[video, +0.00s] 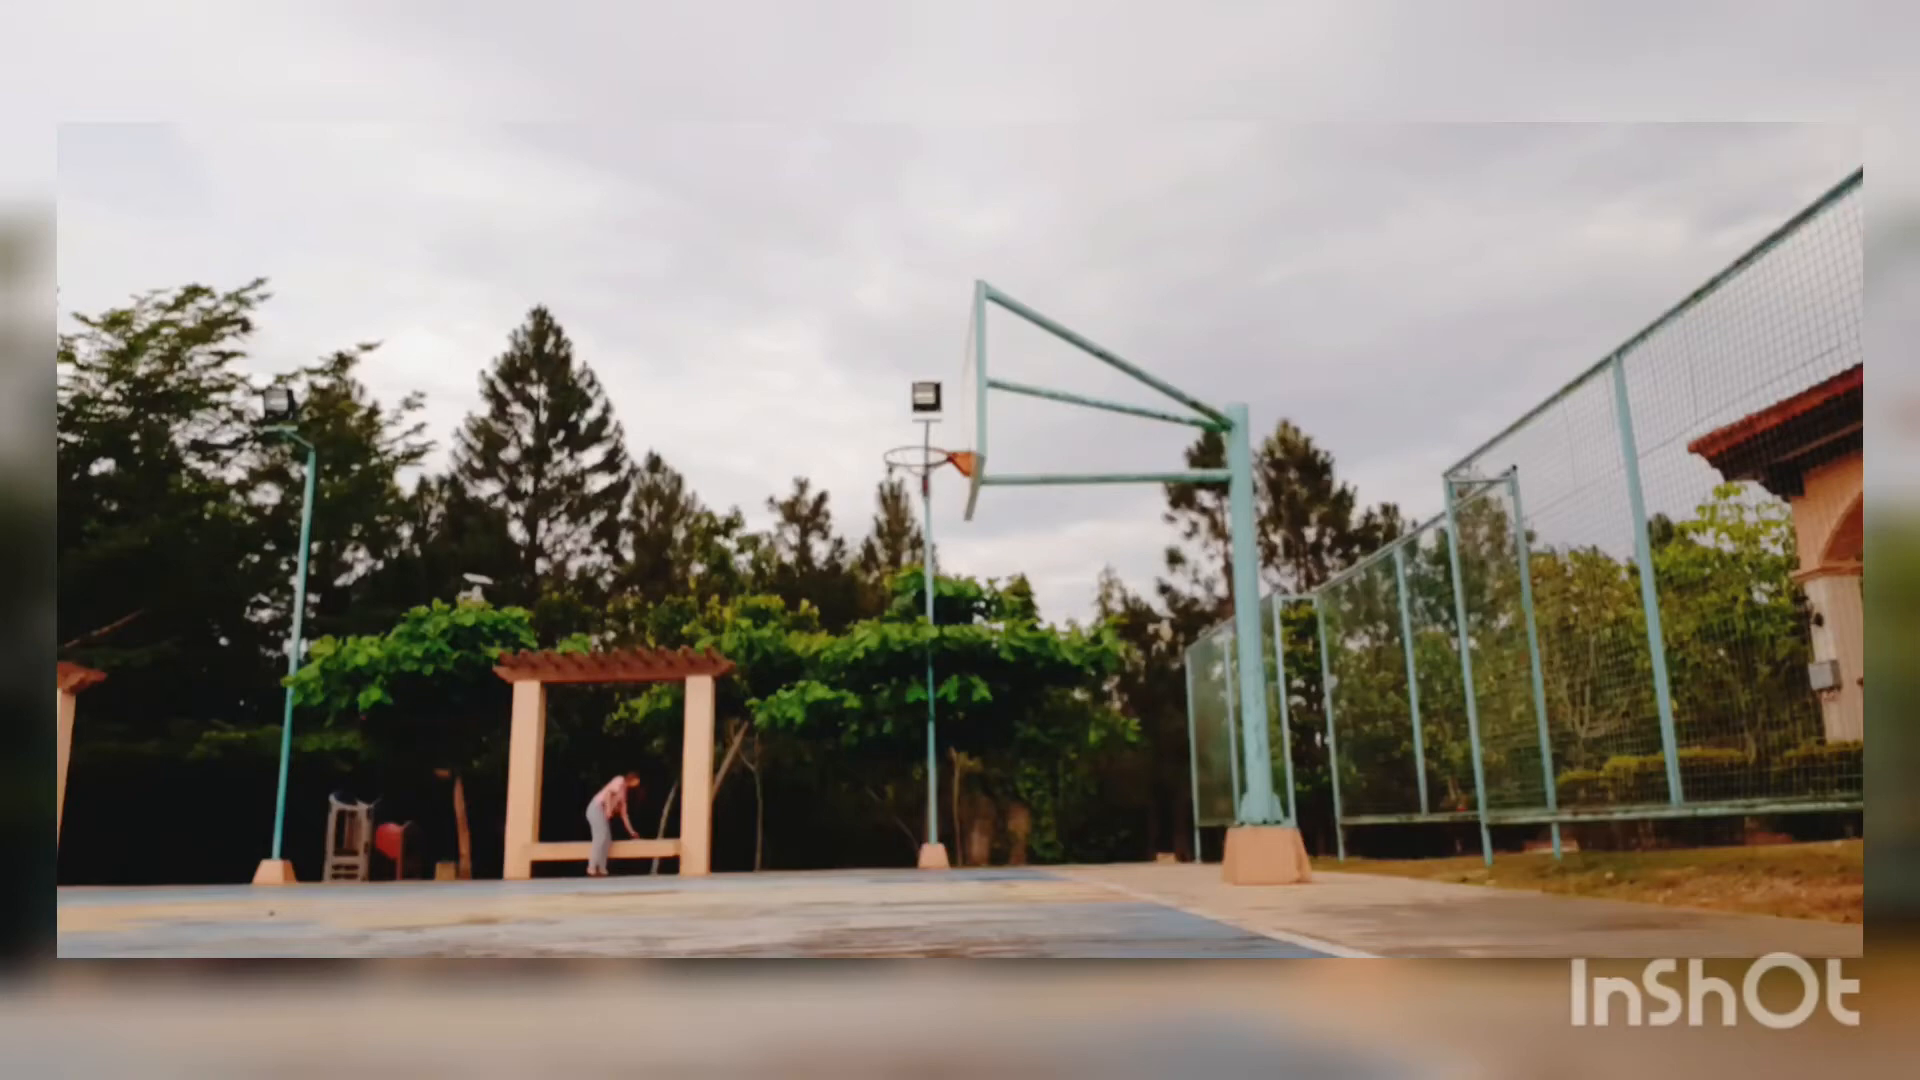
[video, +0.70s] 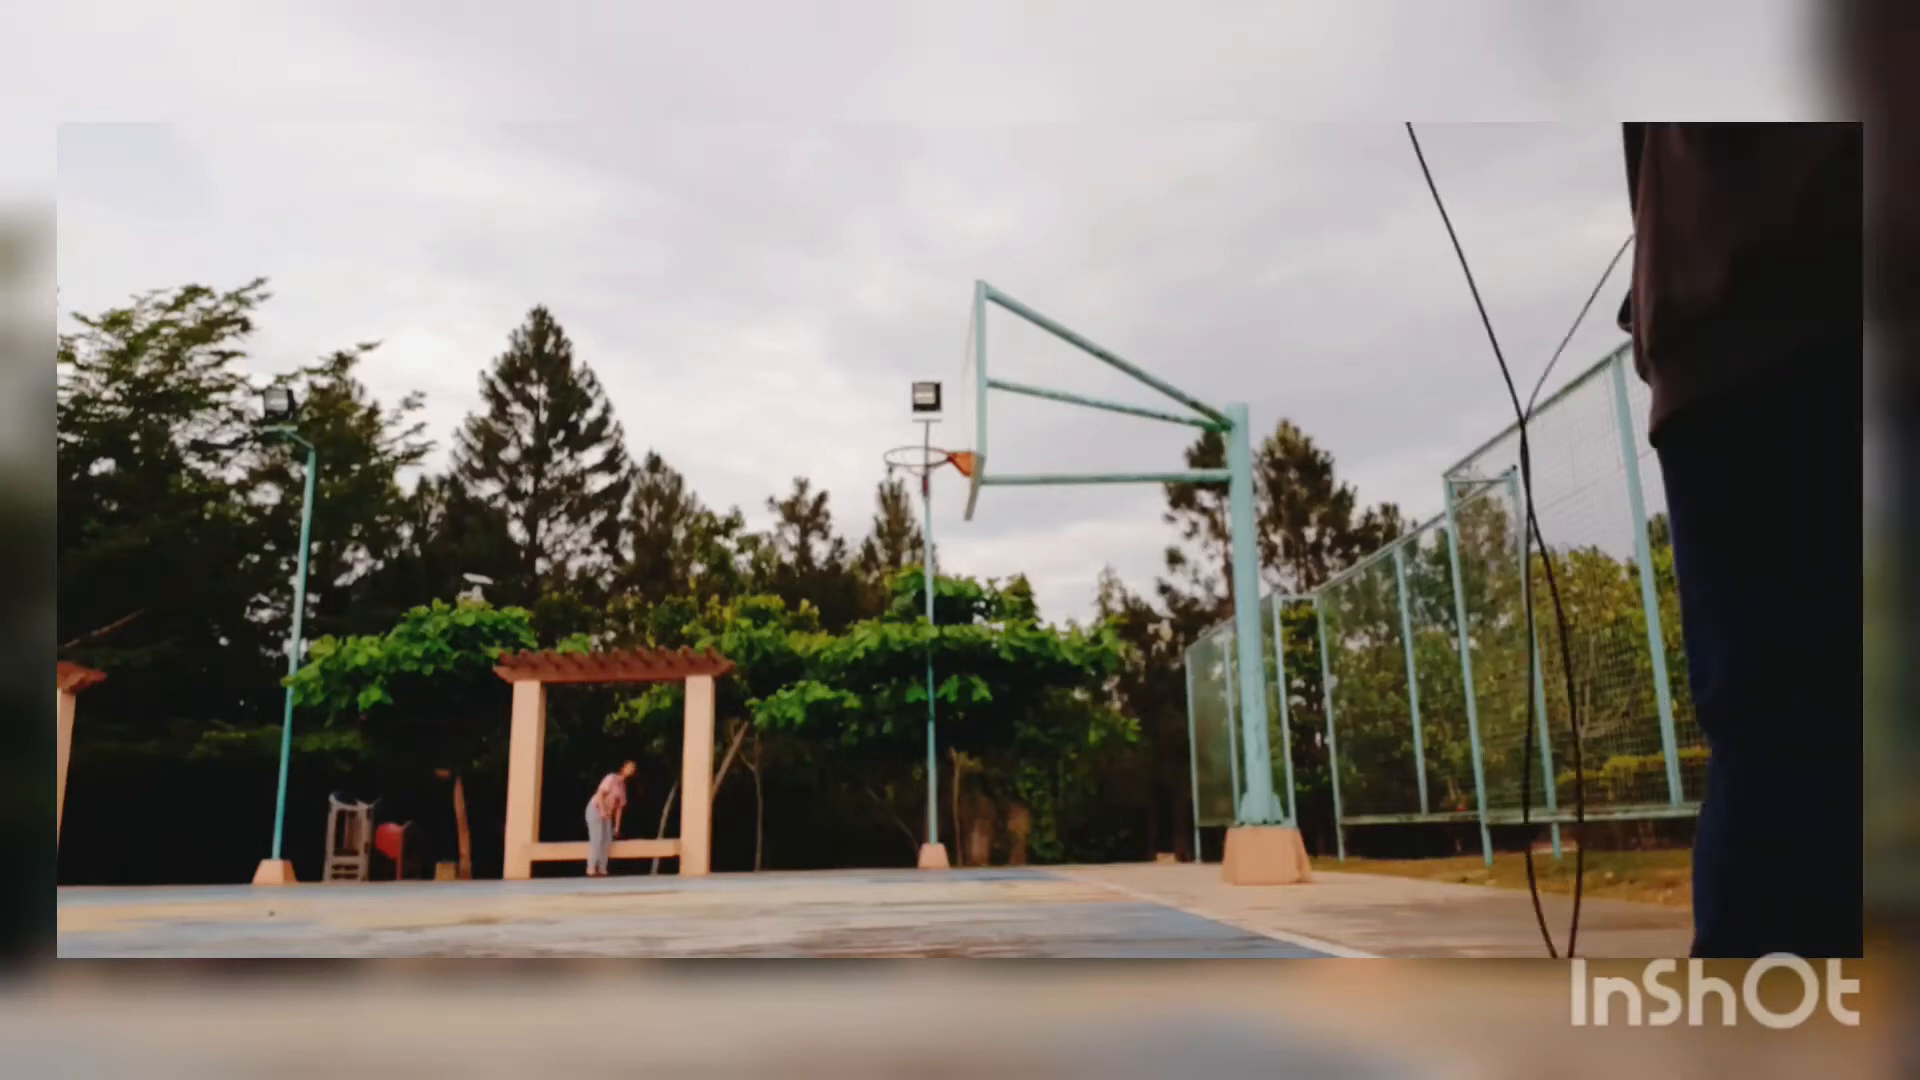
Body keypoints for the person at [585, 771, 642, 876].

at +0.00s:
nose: (636, 784)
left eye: (637, 782)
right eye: (636, 781)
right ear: (631, 778)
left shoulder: (623, 791)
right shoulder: (619, 780)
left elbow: (624, 813)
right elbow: (608, 792)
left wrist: (631, 831)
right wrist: (608, 808)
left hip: (603, 810)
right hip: (596, 807)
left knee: (607, 838)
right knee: (600, 836)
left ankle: (602, 866)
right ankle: (592, 866)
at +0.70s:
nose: (630, 771)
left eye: (632, 769)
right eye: (628, 767)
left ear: (633, 772)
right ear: (623, 767)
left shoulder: (622, 787)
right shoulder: (611, 778)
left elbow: (619, 807)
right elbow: (600, 794)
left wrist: (617, 826)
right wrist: (602, 810)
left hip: (607, 812)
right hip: (596, 808)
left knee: (607, 838)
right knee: (597, 837)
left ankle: (602, 867)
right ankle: (591, 867)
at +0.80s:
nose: (625, 769)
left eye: (628, 766)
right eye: (624, 765)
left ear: (629, 769)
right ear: (619, 766)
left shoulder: (623, 787)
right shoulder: (608, 778)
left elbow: (619, 807)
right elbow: (598, 794)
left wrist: (617, 824)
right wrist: (600, 810)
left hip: (608, 812)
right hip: (596, 808)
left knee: (608, 839)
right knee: (596, 837)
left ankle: (602, 867)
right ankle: (591, 867)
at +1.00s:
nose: (610, 767)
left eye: (613, 764)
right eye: (609, 764)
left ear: (618, 767)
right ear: (607, 765)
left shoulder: (621, 785)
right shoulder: (599, 781)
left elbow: (621, 805)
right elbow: (594, 798)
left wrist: (618, 821)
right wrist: (596, 814)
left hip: (611, 811)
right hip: (596, 809)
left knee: (611, 839)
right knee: (596, 838)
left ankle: (604, 868)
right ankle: (593, 867)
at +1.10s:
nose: (605, 766)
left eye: (608, 764)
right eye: (605, 764)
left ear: (614, 767)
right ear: (603, 766)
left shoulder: (618, 784)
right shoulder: (596, 782)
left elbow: (621, 805)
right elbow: (593, 799)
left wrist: (618, 821)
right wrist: (596, 814)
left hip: (611, 813)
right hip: (596, 812)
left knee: (611, 840)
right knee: (596, 839)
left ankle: (604, 867)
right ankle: (596, 867)